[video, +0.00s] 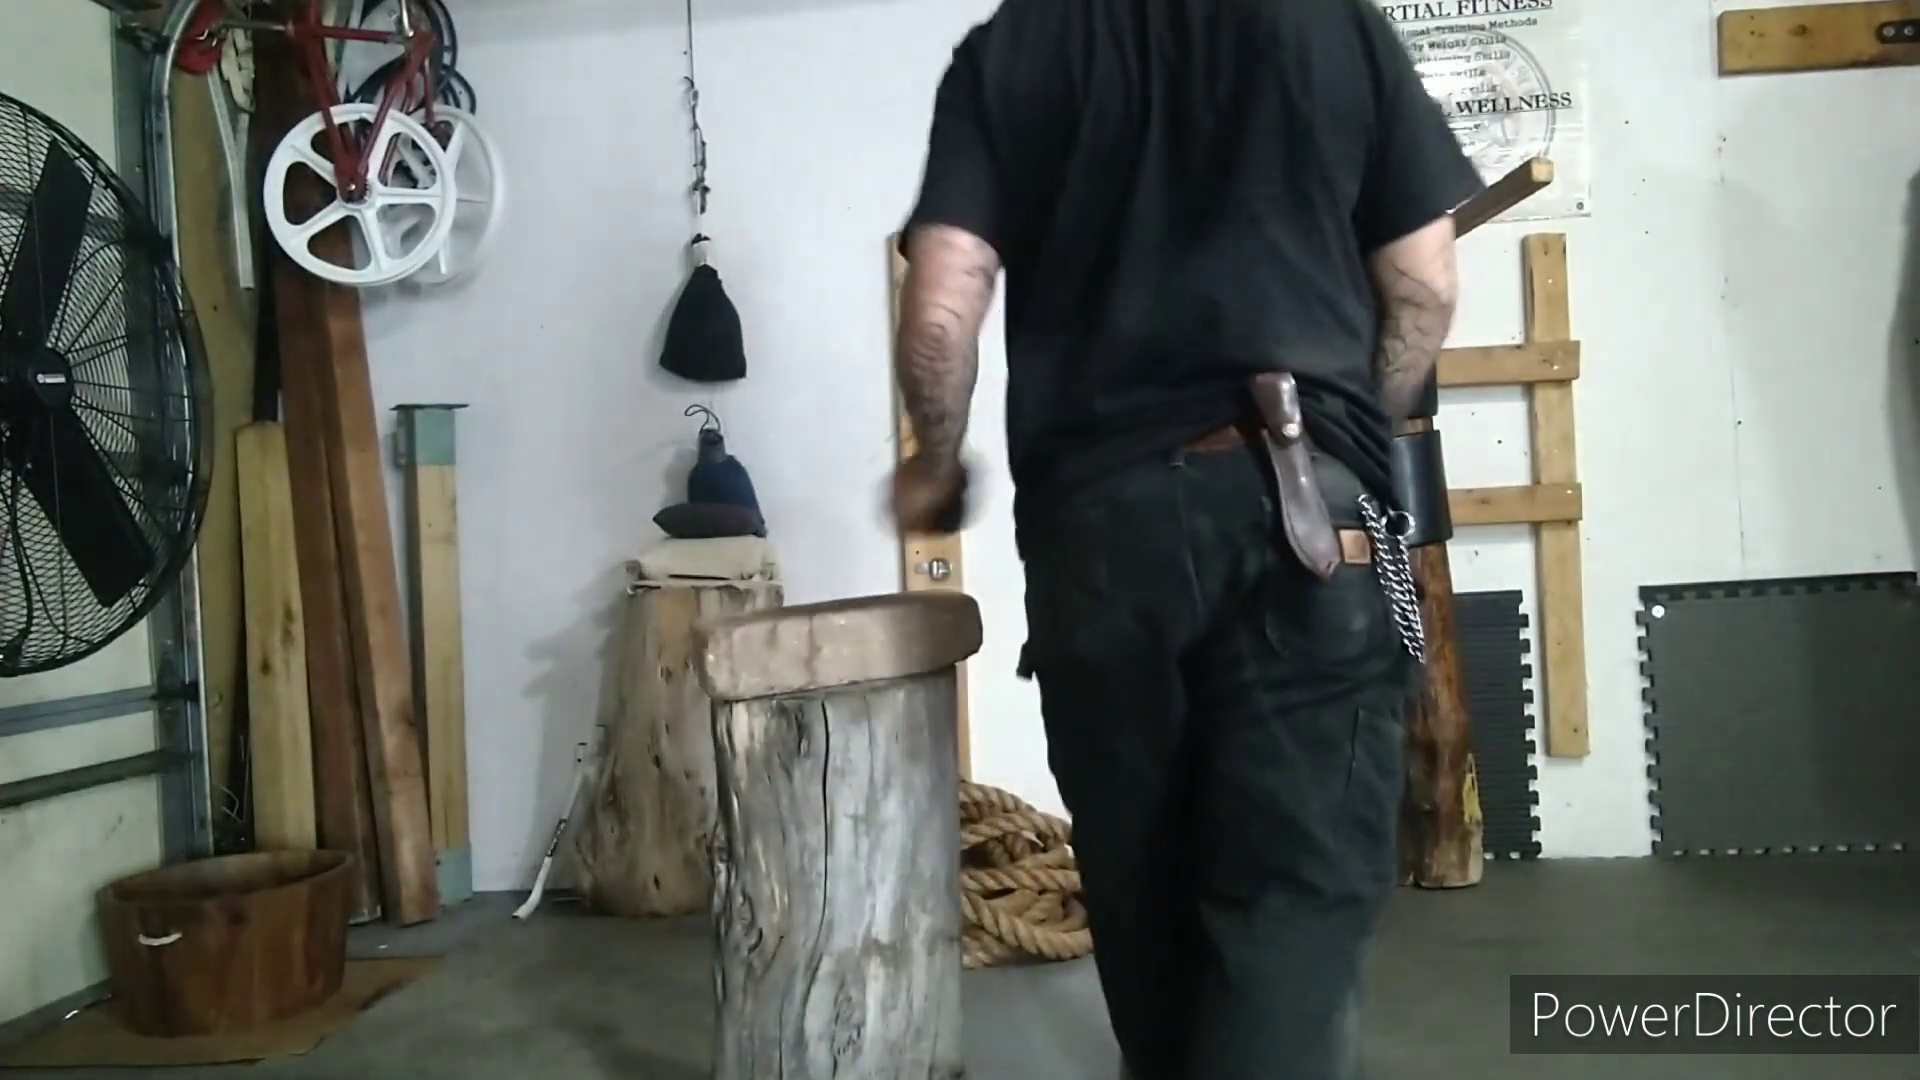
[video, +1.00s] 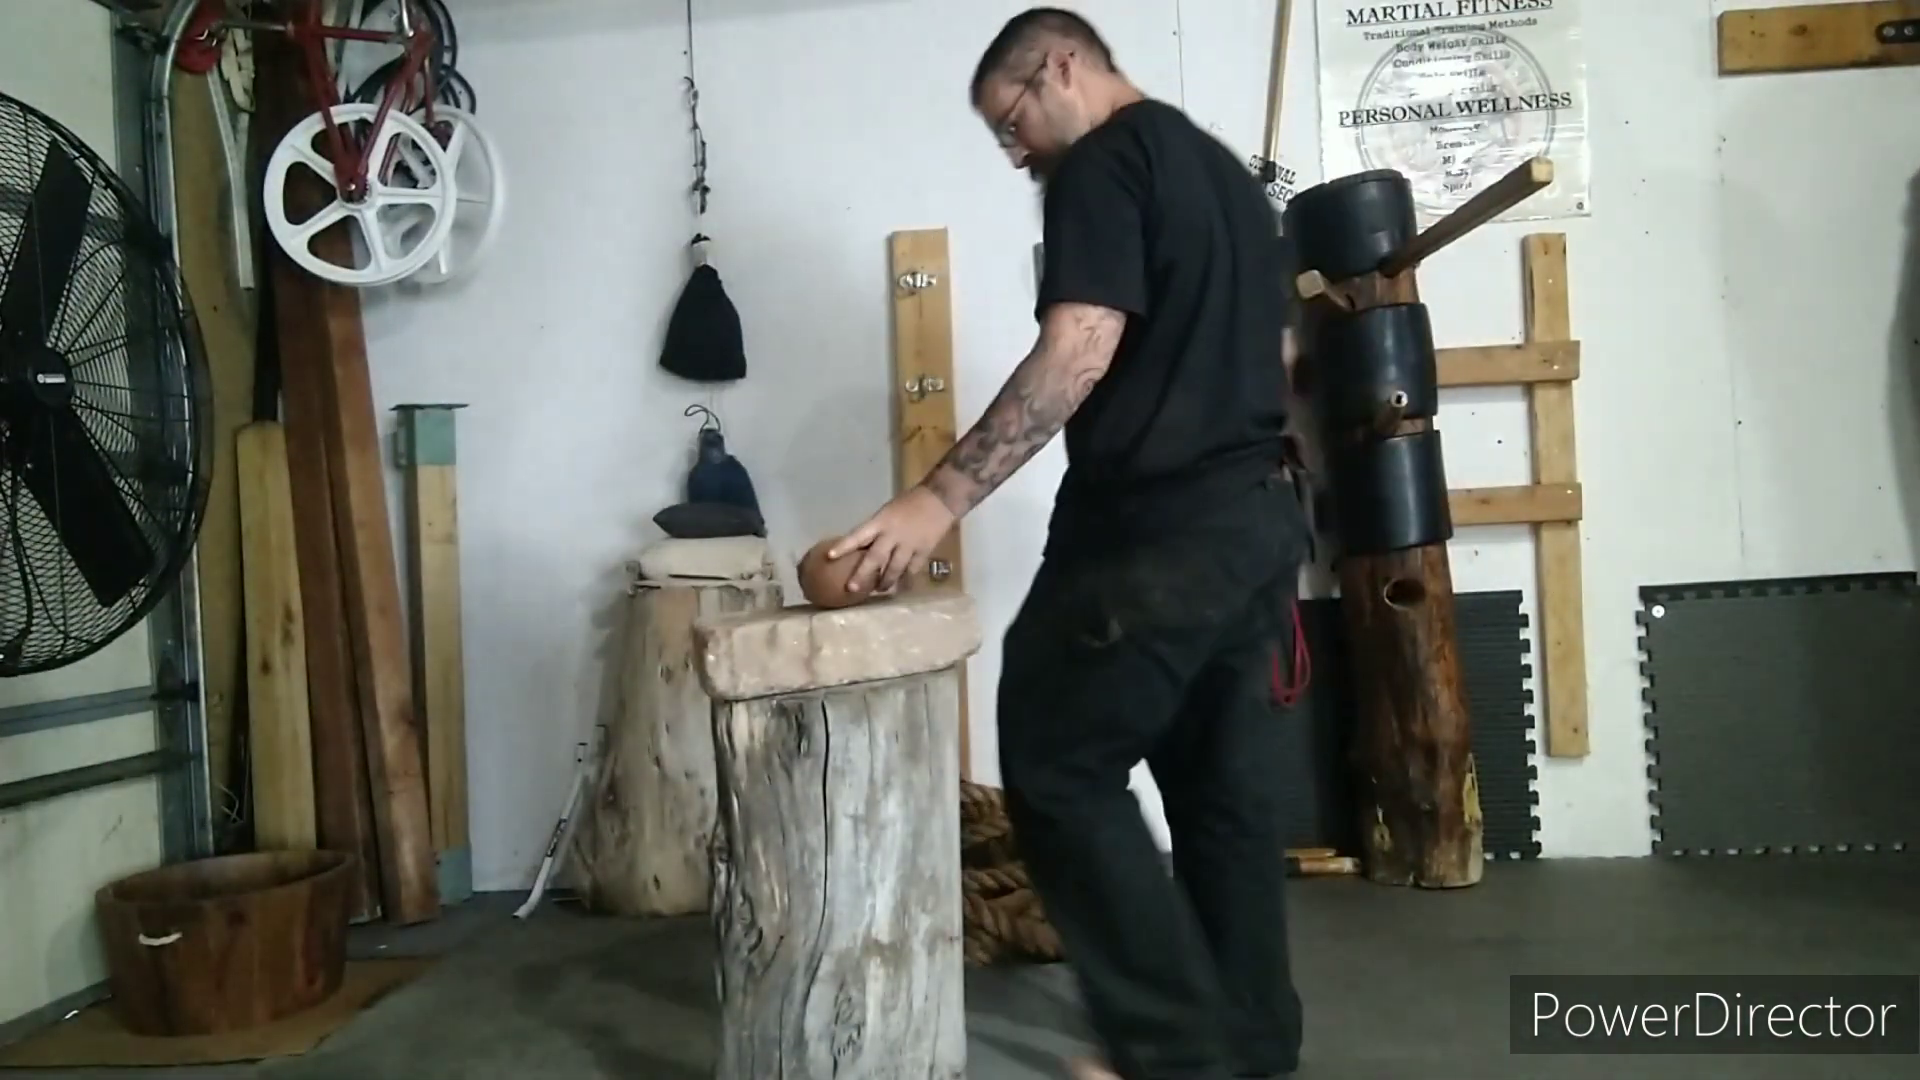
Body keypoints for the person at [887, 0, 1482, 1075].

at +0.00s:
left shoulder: (1011, 39)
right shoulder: (1332, 19)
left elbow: (943, 299)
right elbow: (1425, 278)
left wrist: (936, 455)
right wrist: (1365, 434)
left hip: (1103, 505)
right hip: (1317, 481)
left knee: (1140, 886)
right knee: (1297, 898)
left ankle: (1166, 1068)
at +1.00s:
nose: (1013, 152)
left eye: (1010, 121)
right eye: (1001, 135)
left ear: (1063, 68)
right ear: (1082, 71)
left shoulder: (1102, 162)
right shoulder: (1225, 170)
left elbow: (1076, 351)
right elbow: (1270, 353)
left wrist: (935, 502)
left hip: (1146, 524)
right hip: (1250, 514)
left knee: (1054, 764)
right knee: (1224, 804)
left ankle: (1173, 1041)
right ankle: (1258, 1045)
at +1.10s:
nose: (996, 152)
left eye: (996, 122)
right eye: (984, 136)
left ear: (1055, 73)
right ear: (1066, 79)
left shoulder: (1094, 167)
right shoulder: (1188, 167)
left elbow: (1077, 349)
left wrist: (941, 499)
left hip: (1140, 522)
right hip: (1235, 510)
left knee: (1047, 765)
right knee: (1218, 790)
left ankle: (1094, 1031)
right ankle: (1251, 1031)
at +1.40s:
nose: (914, 178)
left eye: (916, 149)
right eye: (902, 162)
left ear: (973, 100)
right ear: (966, 111)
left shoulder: (1034, 199)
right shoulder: (1051, 191)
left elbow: (1062, 376)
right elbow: (1056, 381)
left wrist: (952, 523)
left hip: (1068, 551)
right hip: (1117, 536)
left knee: (1014, 808)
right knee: (1122, 771)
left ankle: (1011, 1046)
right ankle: (1244, 1014)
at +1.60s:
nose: (867, 180)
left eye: (868, 152)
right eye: (854, 163)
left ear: (922, 98)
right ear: (916, 107)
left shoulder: (1004, 198)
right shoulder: (972, 205)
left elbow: (1040, 382)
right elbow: (983, 383)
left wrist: (932, 523)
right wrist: (917, 532)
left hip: (1022, 549)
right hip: (997, 548)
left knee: (996, 791)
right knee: (1008, 767)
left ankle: (1012, 1045)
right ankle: (1148, 945)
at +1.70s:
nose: (849, 176)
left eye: (851, 147)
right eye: (834, 160)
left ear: (908, 99)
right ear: (891, 116)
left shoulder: (995, 202)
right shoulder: (933, 216)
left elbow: (1029, 385)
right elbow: (930, 379)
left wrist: (931, 521)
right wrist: (893, 530)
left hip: (992, 555)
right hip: (938, 552)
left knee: (991, 820)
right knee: (939, 815)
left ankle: (1013, 1050)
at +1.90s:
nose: (824, 176)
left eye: (832, 147)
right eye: (807, 160)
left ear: (886, 105)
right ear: (803, 140)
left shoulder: (971, 212)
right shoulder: (861, 225)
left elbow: (1014, 388)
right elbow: (871, 396)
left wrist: (931, 525)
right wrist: (826, 528)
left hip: (963, 556)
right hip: (870, 555)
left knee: (979, 819)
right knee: (885, 815)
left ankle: (1015, 1051)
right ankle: (894, 1045)